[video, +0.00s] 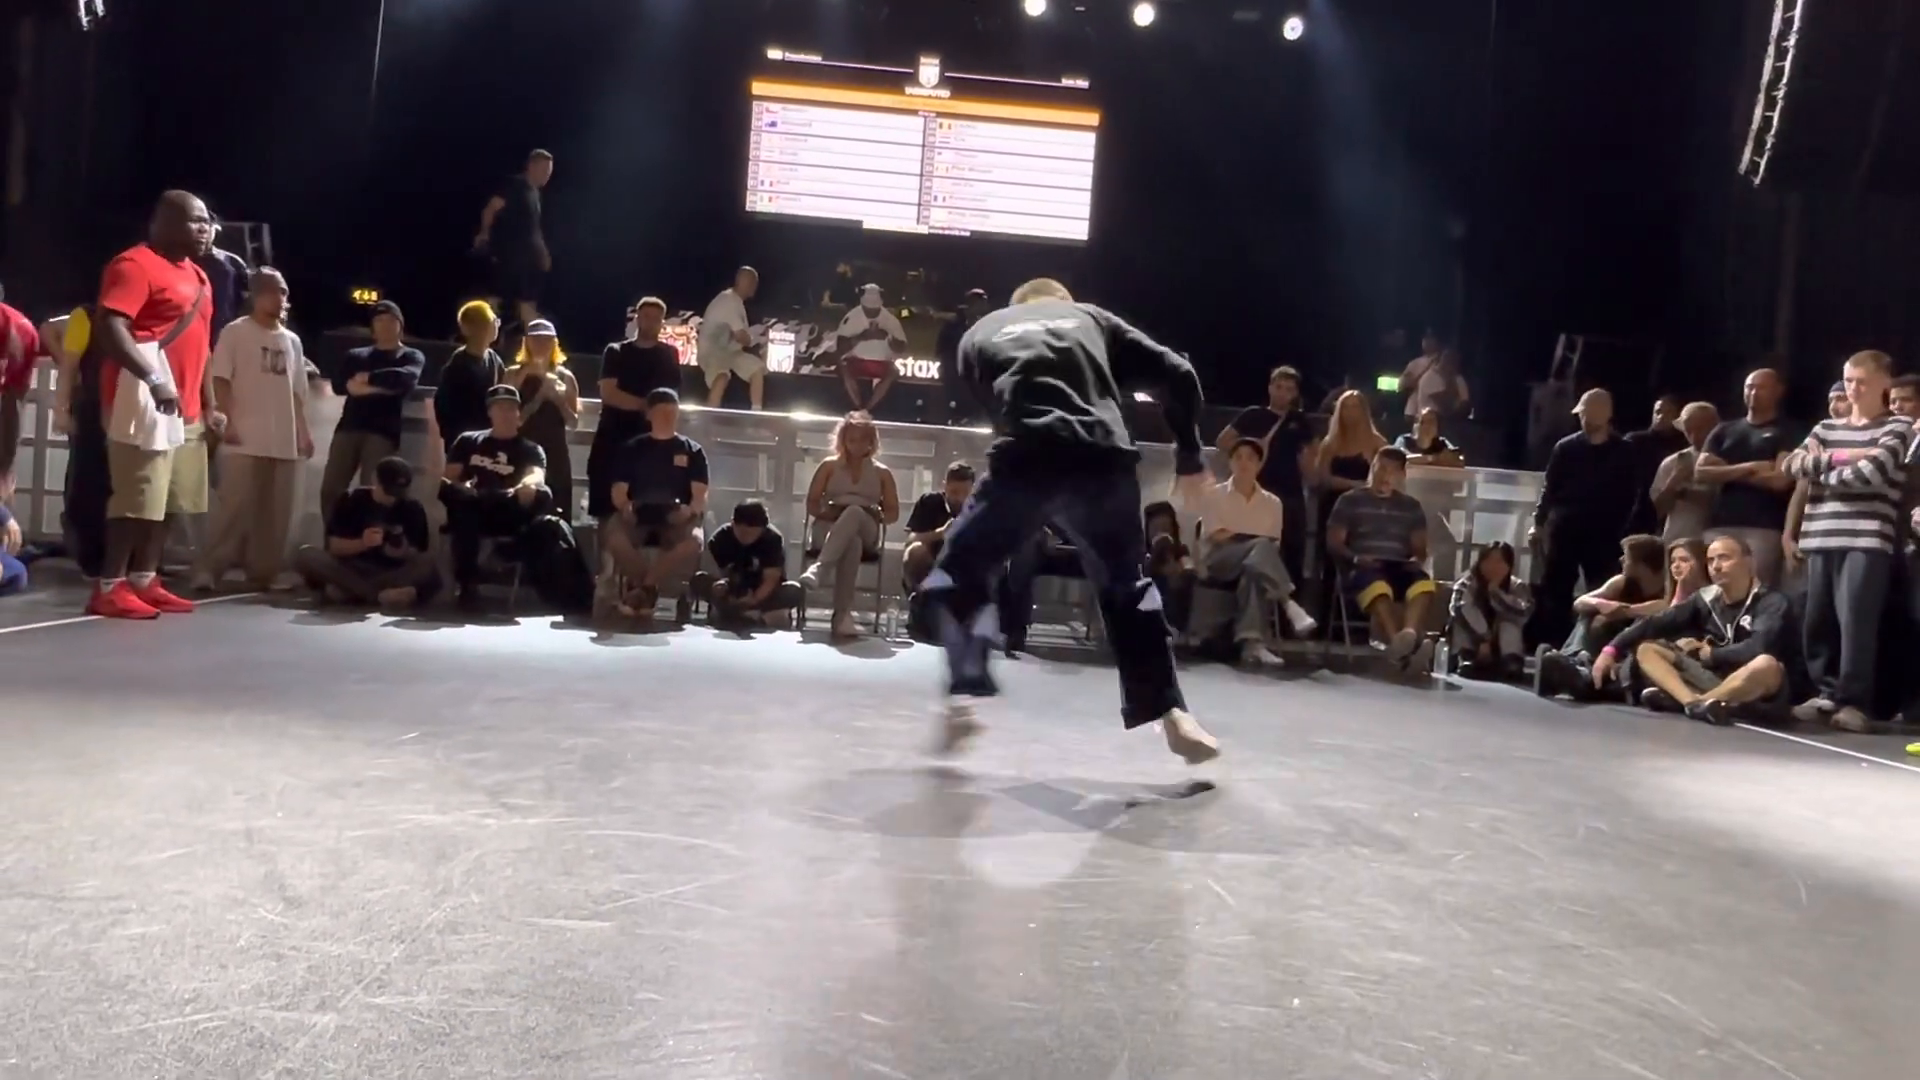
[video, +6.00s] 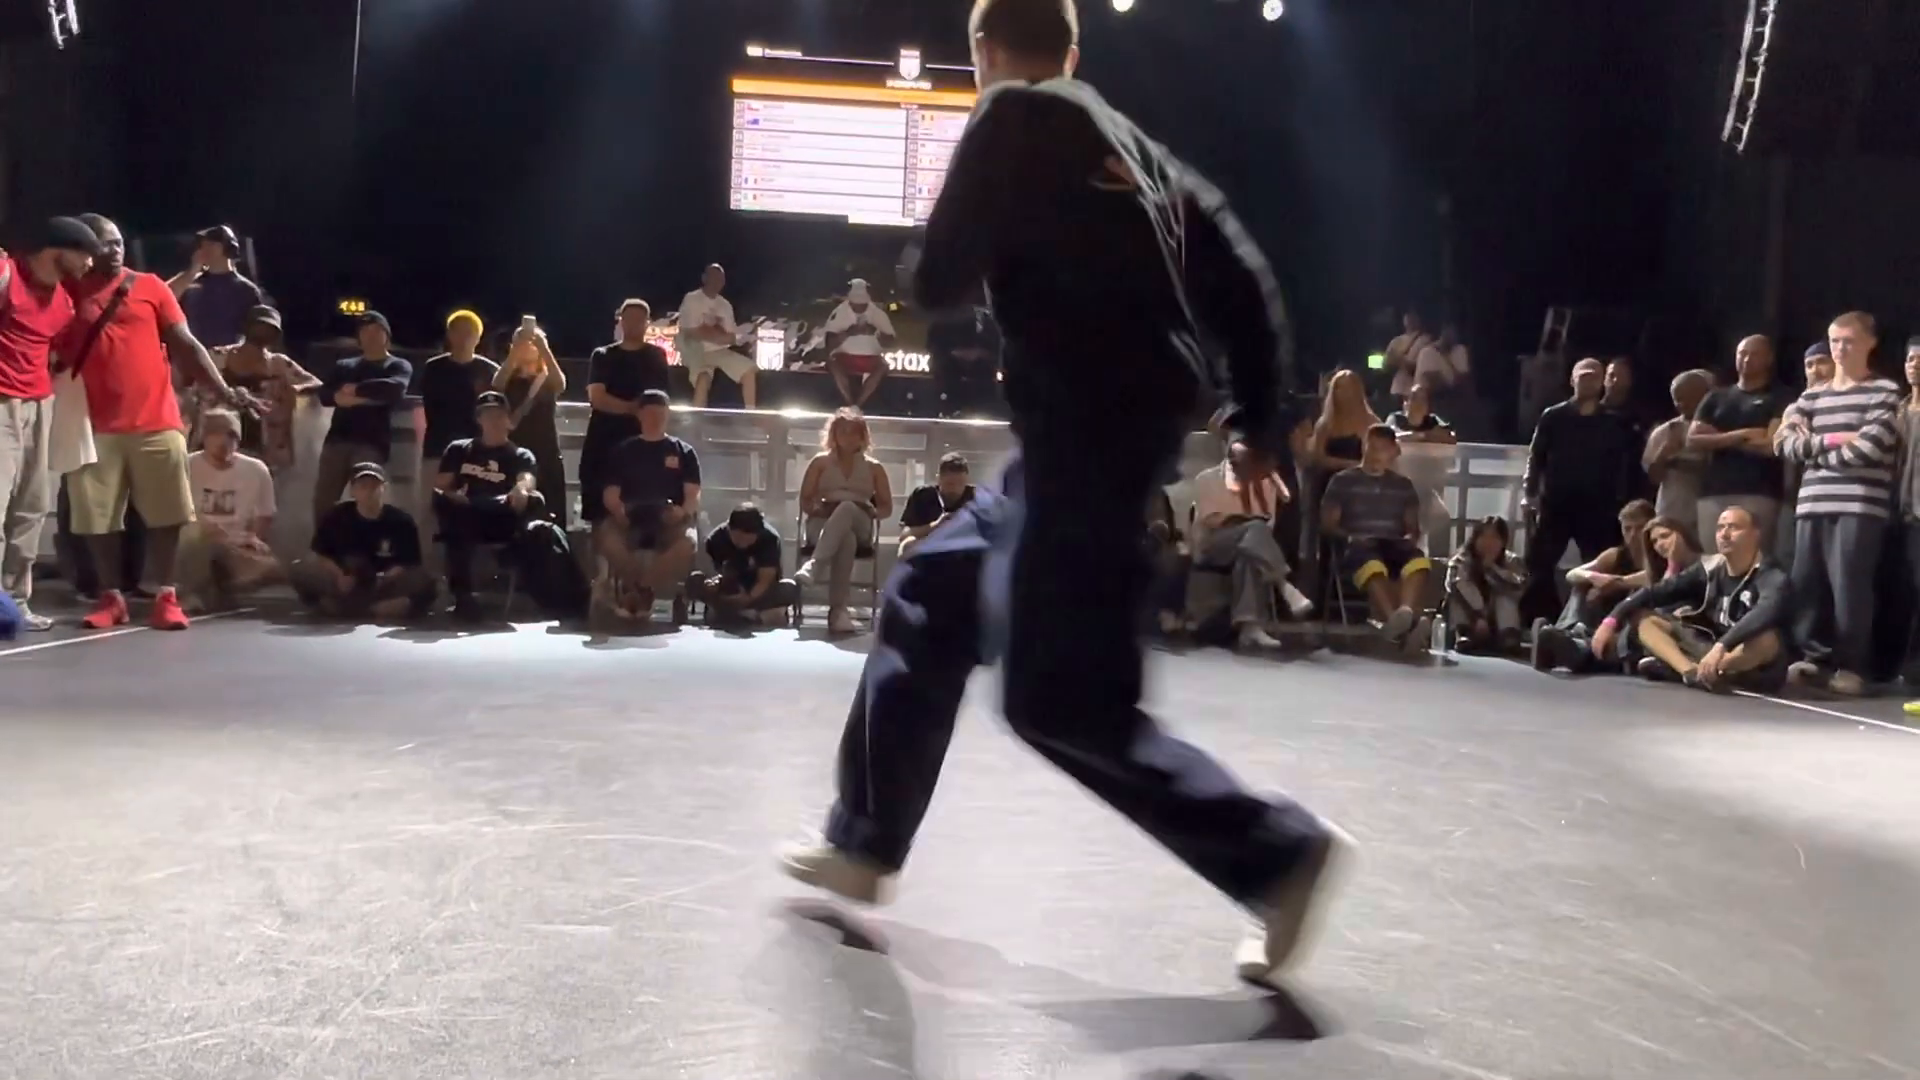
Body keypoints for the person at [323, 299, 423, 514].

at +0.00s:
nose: (385, 325)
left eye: (390, 320)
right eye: (380, 321)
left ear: (400, 326)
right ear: (373, 327)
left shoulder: (412, 356)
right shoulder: (356, 355)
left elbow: (405, 381)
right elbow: (339, 386)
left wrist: (367, 378)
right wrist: (380, 388)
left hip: (382, 434)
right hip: (349, 430)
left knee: (373, 495)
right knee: (331, 490)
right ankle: (332, 543)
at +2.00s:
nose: (403, 304)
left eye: (408, 299)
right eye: (398, 300)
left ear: (419, 305)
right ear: (392, 306)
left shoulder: (431, 334)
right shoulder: (376, 332)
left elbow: (424, 359)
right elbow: (358, 364)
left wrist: (385, 356)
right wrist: (401, 366)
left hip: (400, 411)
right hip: (367, 408)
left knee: (389, 472)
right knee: (350, 468)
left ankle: (384, 525)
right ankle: (349, 524)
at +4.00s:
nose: (404, 303)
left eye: (410, 299)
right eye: (399, 299)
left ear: (419, 306)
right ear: (392, 307)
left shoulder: (430, 335)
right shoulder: (375, 333)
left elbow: (423, 362)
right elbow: (357, 364)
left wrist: (384, 356)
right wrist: (398, 367)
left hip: (399, 412)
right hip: (367, 408)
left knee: (394, 473)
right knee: (348, 468)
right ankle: (348, 517)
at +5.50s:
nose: (376, 330)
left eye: (381, 325)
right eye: (371, 325)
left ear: (390, 331)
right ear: (363, 331)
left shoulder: (402, 360)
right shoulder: (348, 359)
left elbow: (397, 384)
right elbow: (329, 390)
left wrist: (357, 382)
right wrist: (372, 392)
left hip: (374, 437)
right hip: (341, 434)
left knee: (370, 498)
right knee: (324, 496)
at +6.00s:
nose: (370, 336)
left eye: (375, 331)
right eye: (365, 331)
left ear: (386, 336)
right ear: (359, 337)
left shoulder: (399, 365)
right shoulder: (344, 365)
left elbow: (394, 390)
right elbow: (325, 396)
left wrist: (355, 389)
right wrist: (367, 399)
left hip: (371, 443)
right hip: (338, 441)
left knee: (366, 504)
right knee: (323, 502)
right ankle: (321, 551)